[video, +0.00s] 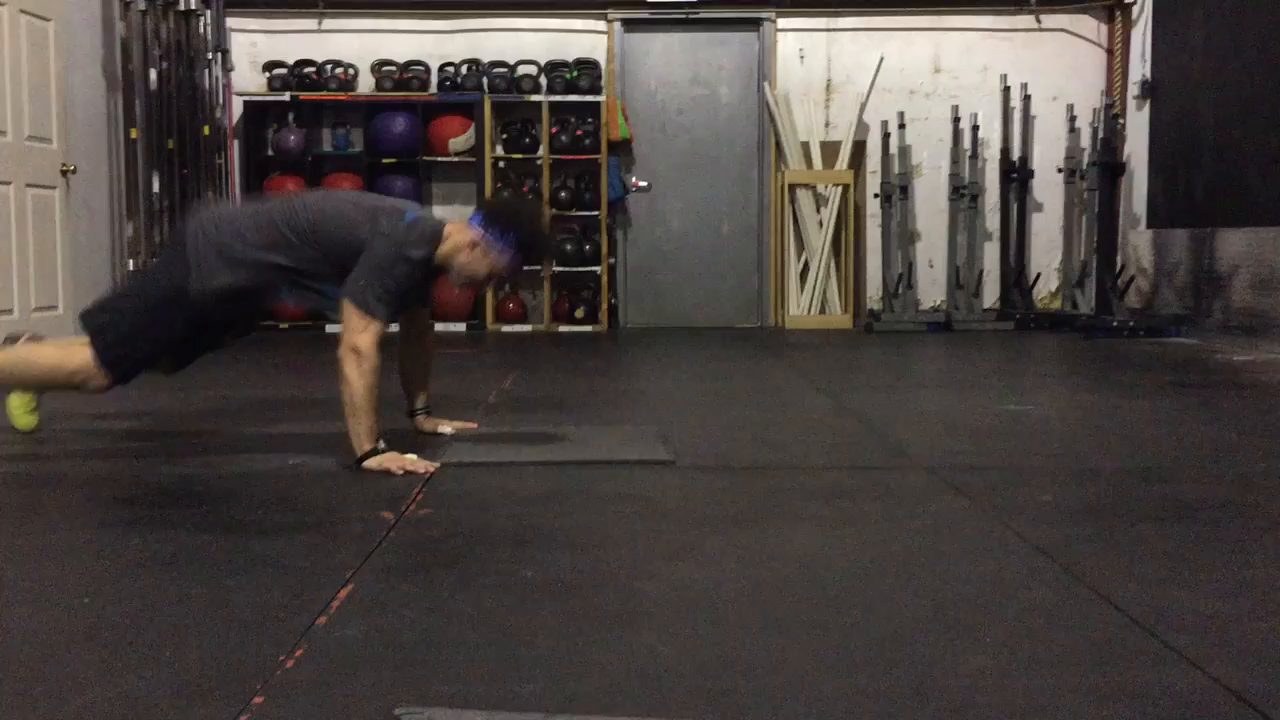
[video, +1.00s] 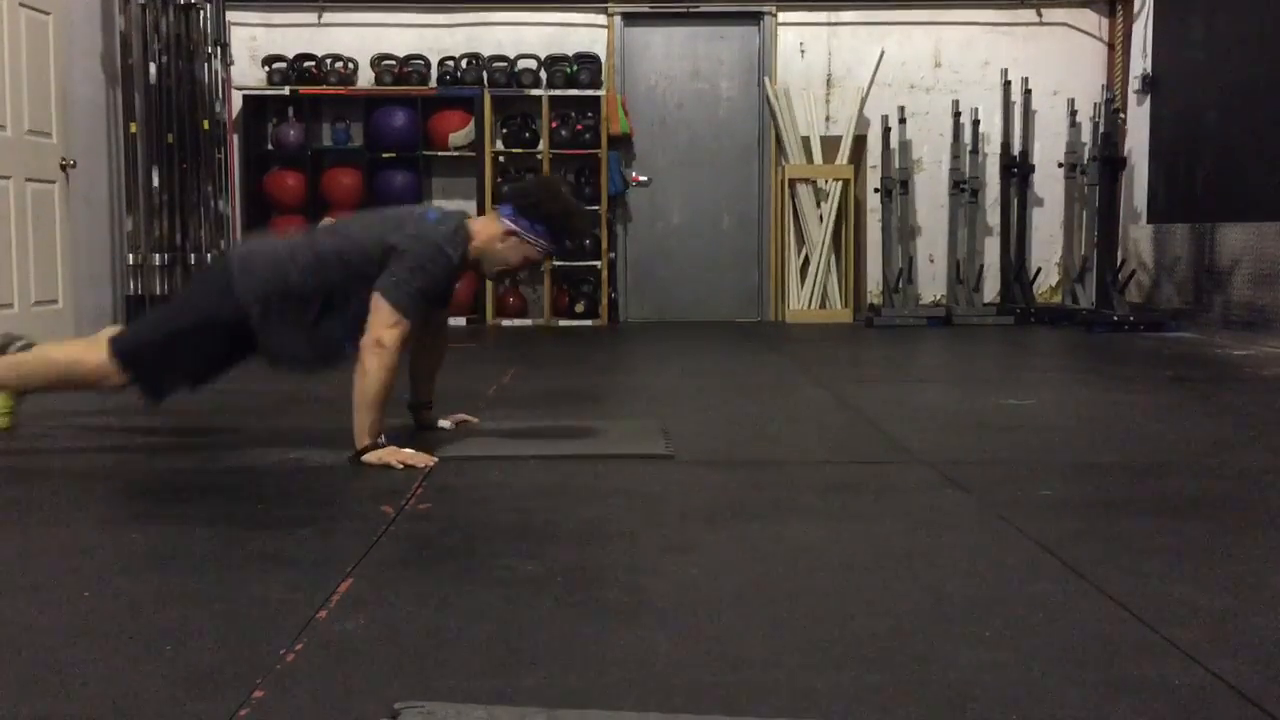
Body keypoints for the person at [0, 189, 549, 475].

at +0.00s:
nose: (481, 281)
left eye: (491, 275)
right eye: (488, 270)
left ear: (478, 239)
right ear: (474, 236)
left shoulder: (430, 246)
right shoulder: (399, 241)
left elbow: (415, 331)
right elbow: (356, 345)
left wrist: (420, 410)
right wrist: (367, 450)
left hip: (243, 282)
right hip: (210, 260)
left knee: (119, 358)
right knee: (99, 365)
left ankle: (24, 371)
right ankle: (7, 362)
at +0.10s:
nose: (493, 256)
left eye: (501, 248)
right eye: (495, 243)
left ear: (476, 220)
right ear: (469, 215)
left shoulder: (430, 256)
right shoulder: (394, 246)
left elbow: (415, 333)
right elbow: (356, 346)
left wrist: (417, 409)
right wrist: (369, 449)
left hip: (232, 332)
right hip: (216, 334)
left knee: (97, 376)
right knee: (76, 399)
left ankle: (11, 368)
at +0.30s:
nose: (493, 319)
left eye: (498, 308)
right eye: (492, 305)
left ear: (462, 287)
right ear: (459, 286)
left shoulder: (423, 317)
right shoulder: (399, 311)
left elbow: (381, 369)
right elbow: (323, 368)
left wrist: (416, 418)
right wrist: (365, 452)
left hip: (235, 392)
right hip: (217, 404)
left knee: (118, 406)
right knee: (52, 427)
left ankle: (16, 363)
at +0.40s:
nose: (506, 376)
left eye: (512, 365)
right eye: (506, 362)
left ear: (482, 331)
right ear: (482, 336)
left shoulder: (436, 347)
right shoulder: (419, 346)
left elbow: (354, 378)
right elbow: (322, 372)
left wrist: (418, 413)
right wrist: (366, 451)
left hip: (234, 392)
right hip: (218, 405)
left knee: (109, 400)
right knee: (49, 429)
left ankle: (8, 360)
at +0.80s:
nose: (514, 312)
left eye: (519, 301)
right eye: (512, 297)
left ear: (482, 281)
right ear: (476, 278)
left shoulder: (439, 305)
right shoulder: (420, 304)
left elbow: (387, 355)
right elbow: (339, 354)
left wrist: (419, 408)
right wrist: (366, 448)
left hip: (250, 379)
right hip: (236, 390)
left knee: (129, 401)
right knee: (77, 424)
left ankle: (21, 360)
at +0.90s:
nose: (509, 279)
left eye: (517, 269)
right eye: (512, 265)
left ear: (484, 240)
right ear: (484, 241)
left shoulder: (432, 262)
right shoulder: (416, 266)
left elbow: (410, 340)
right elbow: (353, 343)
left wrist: (421, 413)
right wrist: (366, 444)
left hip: (243, 335)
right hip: (237, 350)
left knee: (137, 376)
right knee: (96, 410)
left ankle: (16, 360)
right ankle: (1, 383)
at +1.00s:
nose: (525, 270)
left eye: (535, 262)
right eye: (530, 256)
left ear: (508, 229)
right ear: (506, 226)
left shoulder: (452, 243)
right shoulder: (434, 242)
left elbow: (430, 331)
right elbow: (381, 338)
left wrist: (421, 417)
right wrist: (367, 444)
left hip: (257, 292)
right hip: (247, 291)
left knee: (120, 356)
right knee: (113, 362)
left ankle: (11, 376)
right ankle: (7, 376)